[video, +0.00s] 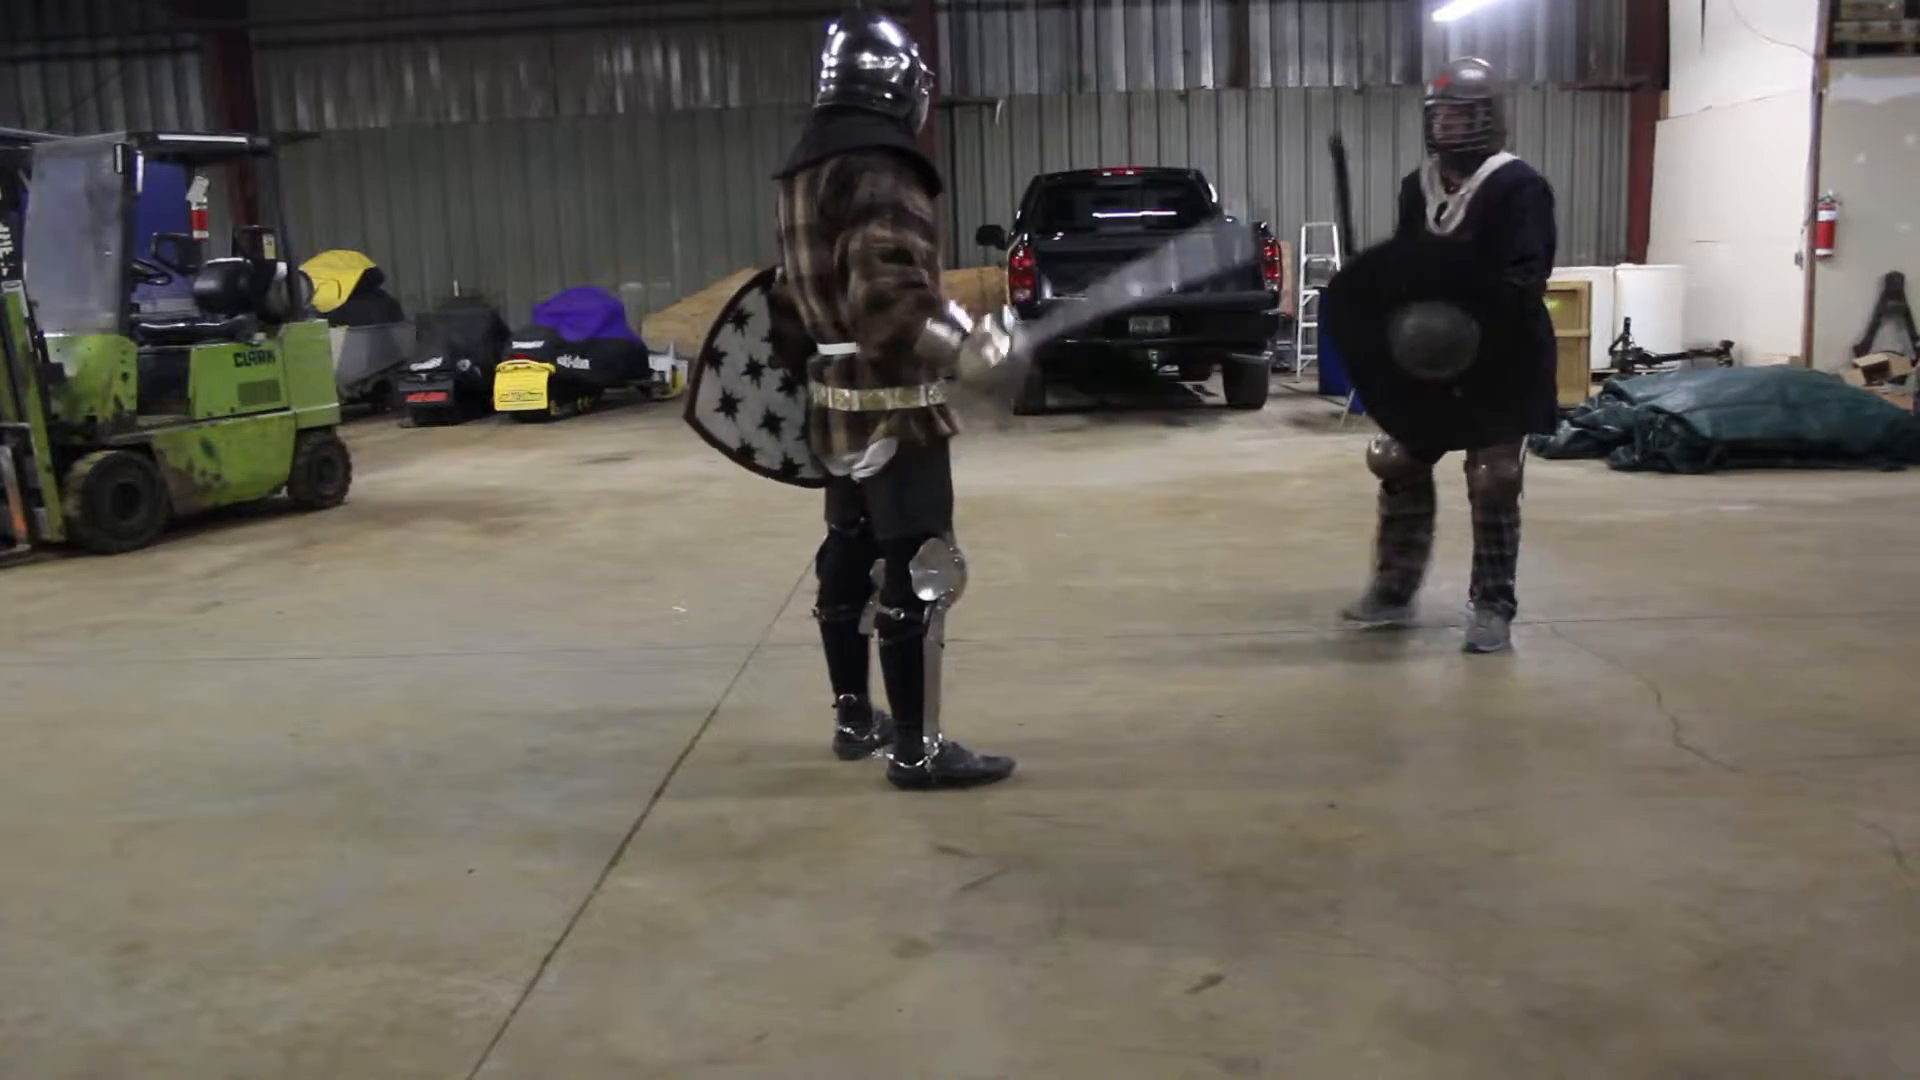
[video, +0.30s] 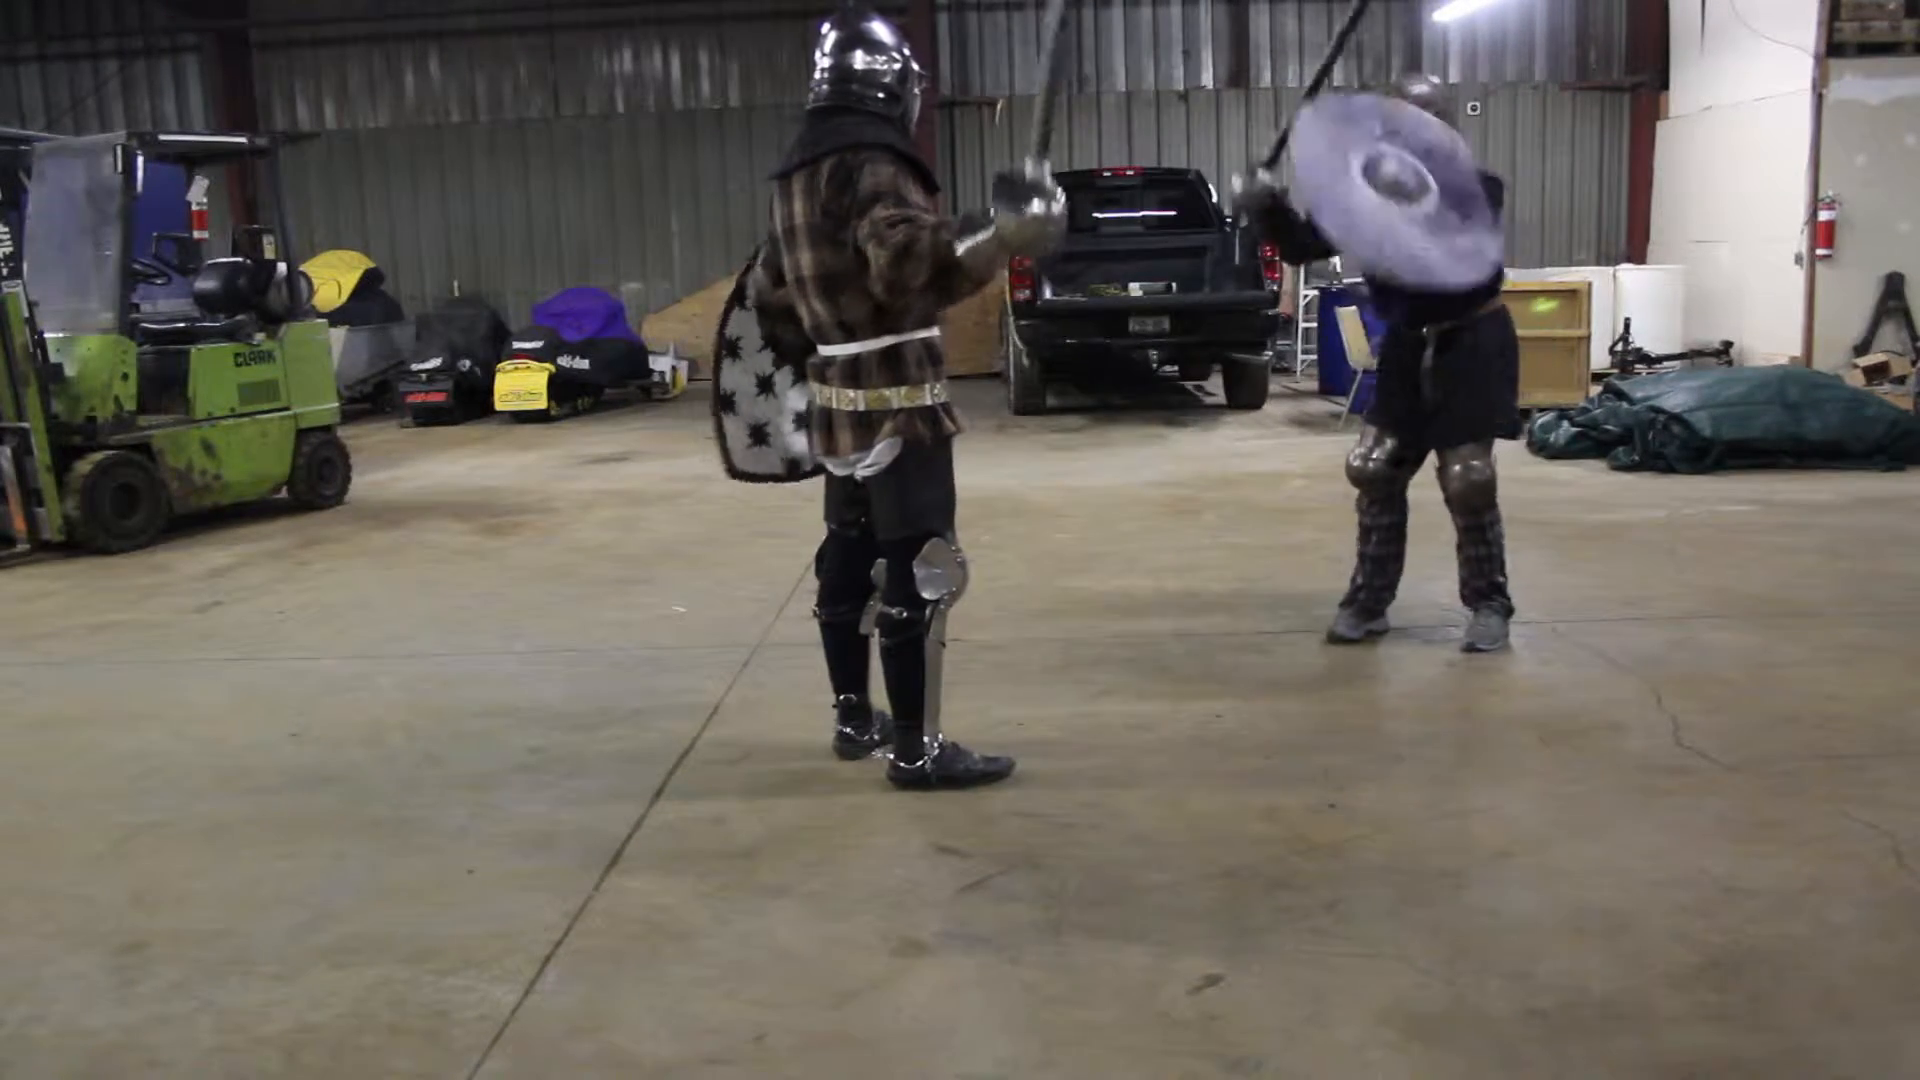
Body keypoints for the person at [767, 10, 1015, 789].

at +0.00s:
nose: (928, 111)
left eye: (926, 95)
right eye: (923, 95)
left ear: (841, 86)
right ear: (900, 92)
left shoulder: (803, 167)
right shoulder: (882, 169)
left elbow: (792, 301)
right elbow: (887, 305)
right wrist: (964, 344)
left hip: (833, 405)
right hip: (893, 406)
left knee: (850, 549)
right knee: (916, 566)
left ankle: (854, 716)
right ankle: (917, 742)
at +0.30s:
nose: (916, 104)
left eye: (913, 89)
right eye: (910, 89)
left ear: (829, 85)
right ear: (888, 89)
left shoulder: (797, 173)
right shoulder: (872, 165)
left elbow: (768, 294)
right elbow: (909, 274)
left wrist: (818, 360)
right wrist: (1004, 238)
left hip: (838, 405)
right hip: (900, 405)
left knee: (848, 552)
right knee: (916, 565)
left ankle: (855, 716)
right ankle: (918, 744)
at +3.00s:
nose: (954, 101)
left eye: (952, 86)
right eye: (949, 85)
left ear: (870, 86)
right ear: (929, 86)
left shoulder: (835, 181)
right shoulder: (931, 163)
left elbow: (837, 304)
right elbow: (1035, 157)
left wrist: (868, 366)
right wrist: (1014, 84)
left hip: (901, 407)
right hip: (963, 408)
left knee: (925, 549)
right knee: (967, 568)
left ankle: (878, 691)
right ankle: (946, 732)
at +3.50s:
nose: (975, 97)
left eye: (970, 85)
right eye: (969, 84)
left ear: (886, 92)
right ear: (957, 86)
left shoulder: (863, 193)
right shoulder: (968, 169)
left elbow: (873, 297)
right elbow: (1074, 173)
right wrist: (1076, 78)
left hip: (927, 408)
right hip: (991, 408)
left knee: (965, 554)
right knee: (984, 573)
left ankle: (987, 688)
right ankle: (946, 732)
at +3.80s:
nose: (980, 98)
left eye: (971, 84)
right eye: (971, 85)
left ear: (894, 93)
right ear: (958, 92)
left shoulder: (877, 180)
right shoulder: (960, 173)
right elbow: (1098, 178)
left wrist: (1015, 135)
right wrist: (1129, 106)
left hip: (931, 407)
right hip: (991, 411)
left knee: (972, 551)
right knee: (998, 572)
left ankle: (986, 688)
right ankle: (947, 730)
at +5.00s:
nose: (1023, 128)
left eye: (1017, 116)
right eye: (1018, 116)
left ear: (940, 117)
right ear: (1010, 118)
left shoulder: (912, 198)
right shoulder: (1013, 197)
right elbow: (1118, 278)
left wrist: (1092, 222)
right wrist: (1151, 218)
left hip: (936, 427)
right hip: (998, 430)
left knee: (996, 553)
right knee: (1046, 590)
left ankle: (1011, 675)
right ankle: (959, 733)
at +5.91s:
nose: (1026, 132)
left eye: (1020, 120)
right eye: (1021, 120)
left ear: (945, 120)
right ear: (1014, 122)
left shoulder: (916, 200)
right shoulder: (1017, 202)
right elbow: (1132, 269)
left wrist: (1088, 205)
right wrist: (1156, 208)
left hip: (940, 425)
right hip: (1003, 427)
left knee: (1000, 549)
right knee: (1052, 585)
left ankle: (1013, 674)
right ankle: (965, 733)